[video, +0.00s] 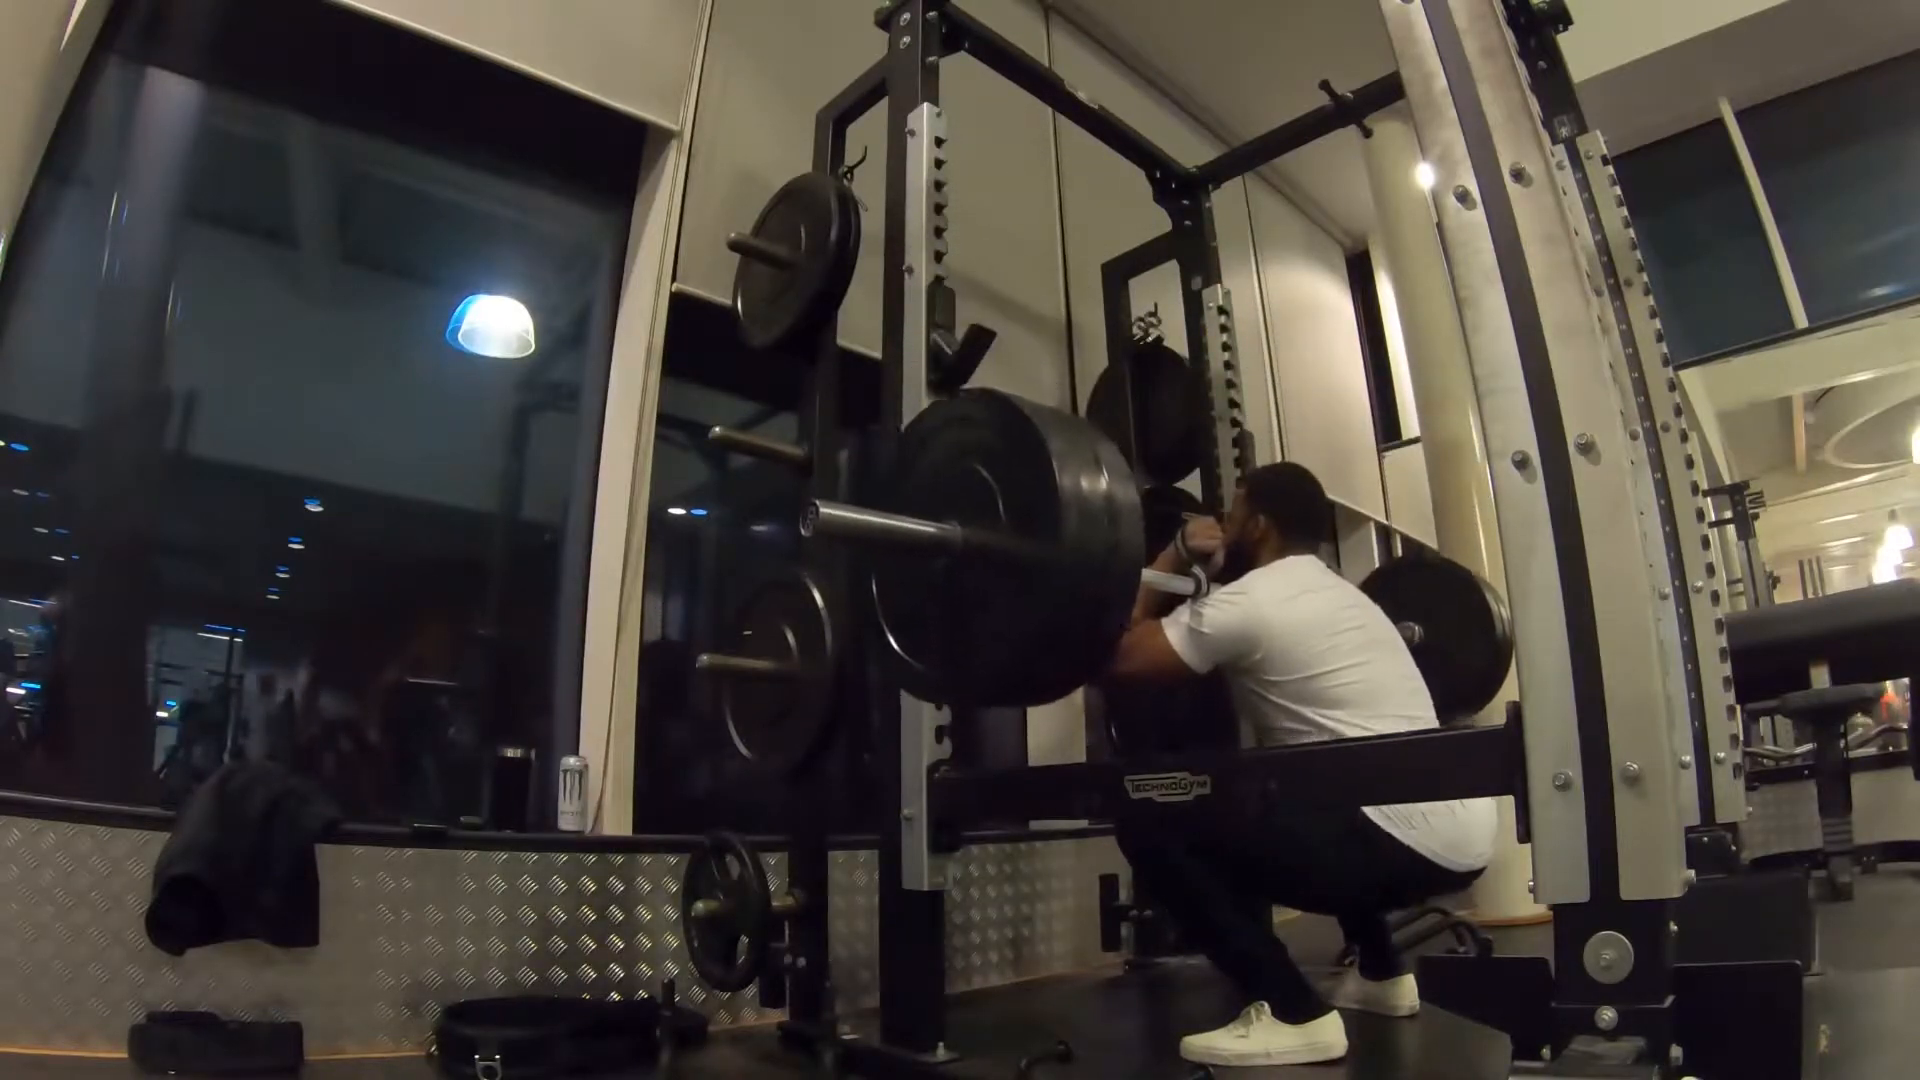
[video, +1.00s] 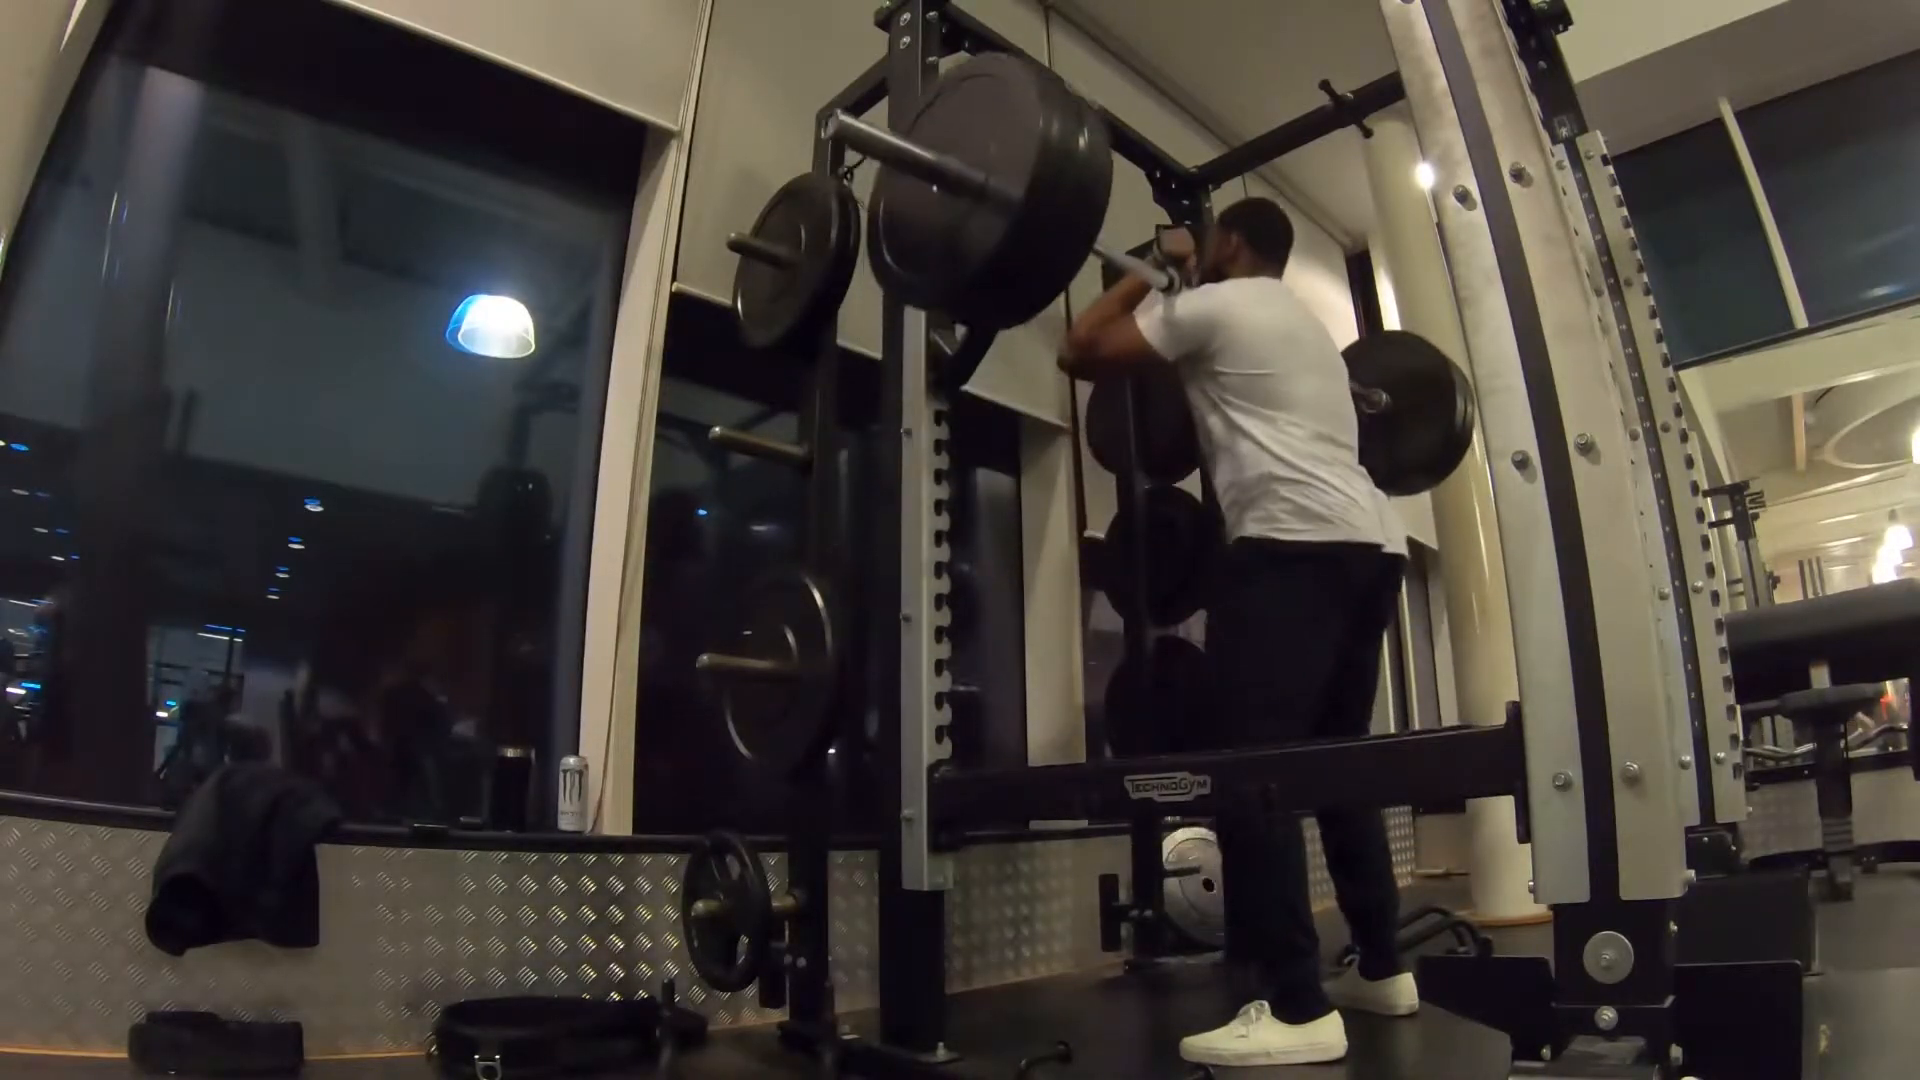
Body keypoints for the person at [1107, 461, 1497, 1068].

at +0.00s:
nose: (1225, 526)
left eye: (1233, 515)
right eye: (1229, 514)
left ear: (1262, 527)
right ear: (1310, 530)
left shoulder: (1247, 603)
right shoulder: (1336, 589)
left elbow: (1122, 656)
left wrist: (1165, 562)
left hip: (1394, 845)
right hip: (1462, 842)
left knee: (1159, 830)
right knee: (1303, 793)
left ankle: (1293, 1013)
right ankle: (1382, 971)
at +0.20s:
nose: (1221, 484)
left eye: (1229, 472)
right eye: (1224, 470)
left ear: (1251, 480)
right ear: (1299, 484)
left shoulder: (1237, 553)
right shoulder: (1335, 543)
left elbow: (1109, 607)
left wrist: (1156, 518)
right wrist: (1217, 517)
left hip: (1377, 777)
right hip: (1464, 770)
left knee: (1167, 822)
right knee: (1295, 789)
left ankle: (1293, 1013)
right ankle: (1382, 970)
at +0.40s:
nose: (1215, 428)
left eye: (1223, 416)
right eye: (1218, 414)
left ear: (1247, 423)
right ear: (1291, 430)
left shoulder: (1237, 493)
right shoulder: (1325, 491)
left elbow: (1095, 541)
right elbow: (1176, 596)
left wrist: (1152, 460)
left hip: (1363, 708)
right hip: (1455, 719)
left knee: (1164, 805)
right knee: (1308, 785)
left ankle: (1291, 1011)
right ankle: (1381, 969)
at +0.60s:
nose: (1210, 371)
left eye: (1217, 358)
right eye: (1214, 358)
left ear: (1238, 364)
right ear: (1288, 374)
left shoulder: (1230, 433)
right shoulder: (1323, 436)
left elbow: (1088, 485)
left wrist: (1148, 407)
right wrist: (1203, 399)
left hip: (1338, 658)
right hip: (1429, 671)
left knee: (1171, 795)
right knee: (1313, 779)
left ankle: (1289, 1010)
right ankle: (1382, 969)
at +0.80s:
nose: (1204, 306)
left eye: (1212, 293)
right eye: (1209, 294)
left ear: (1235, 296)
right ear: (1281, 306)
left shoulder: (1227, 364)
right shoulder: (1311, 374)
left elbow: (1091, 407)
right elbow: (1167, 457)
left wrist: (1156, 333)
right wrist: (1166, 350)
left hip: (1310, 596)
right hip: (1398, 599)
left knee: (1192, 785)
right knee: (1325, 773)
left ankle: (1291, 1010)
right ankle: (1383, 970)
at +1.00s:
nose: (1203, 256)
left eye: (1212, 244)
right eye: (1208, 245)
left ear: (1238, 247)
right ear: (1278, 255)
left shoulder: (1218, 310)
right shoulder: (1308, 320)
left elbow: (1082, 346)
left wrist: (1144, 276)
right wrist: (1176, 285)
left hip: (1283, 551)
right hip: (1369, 550)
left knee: (1252, 773)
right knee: (1338, 764)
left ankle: (1296, 1008)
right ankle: (1385, 968)